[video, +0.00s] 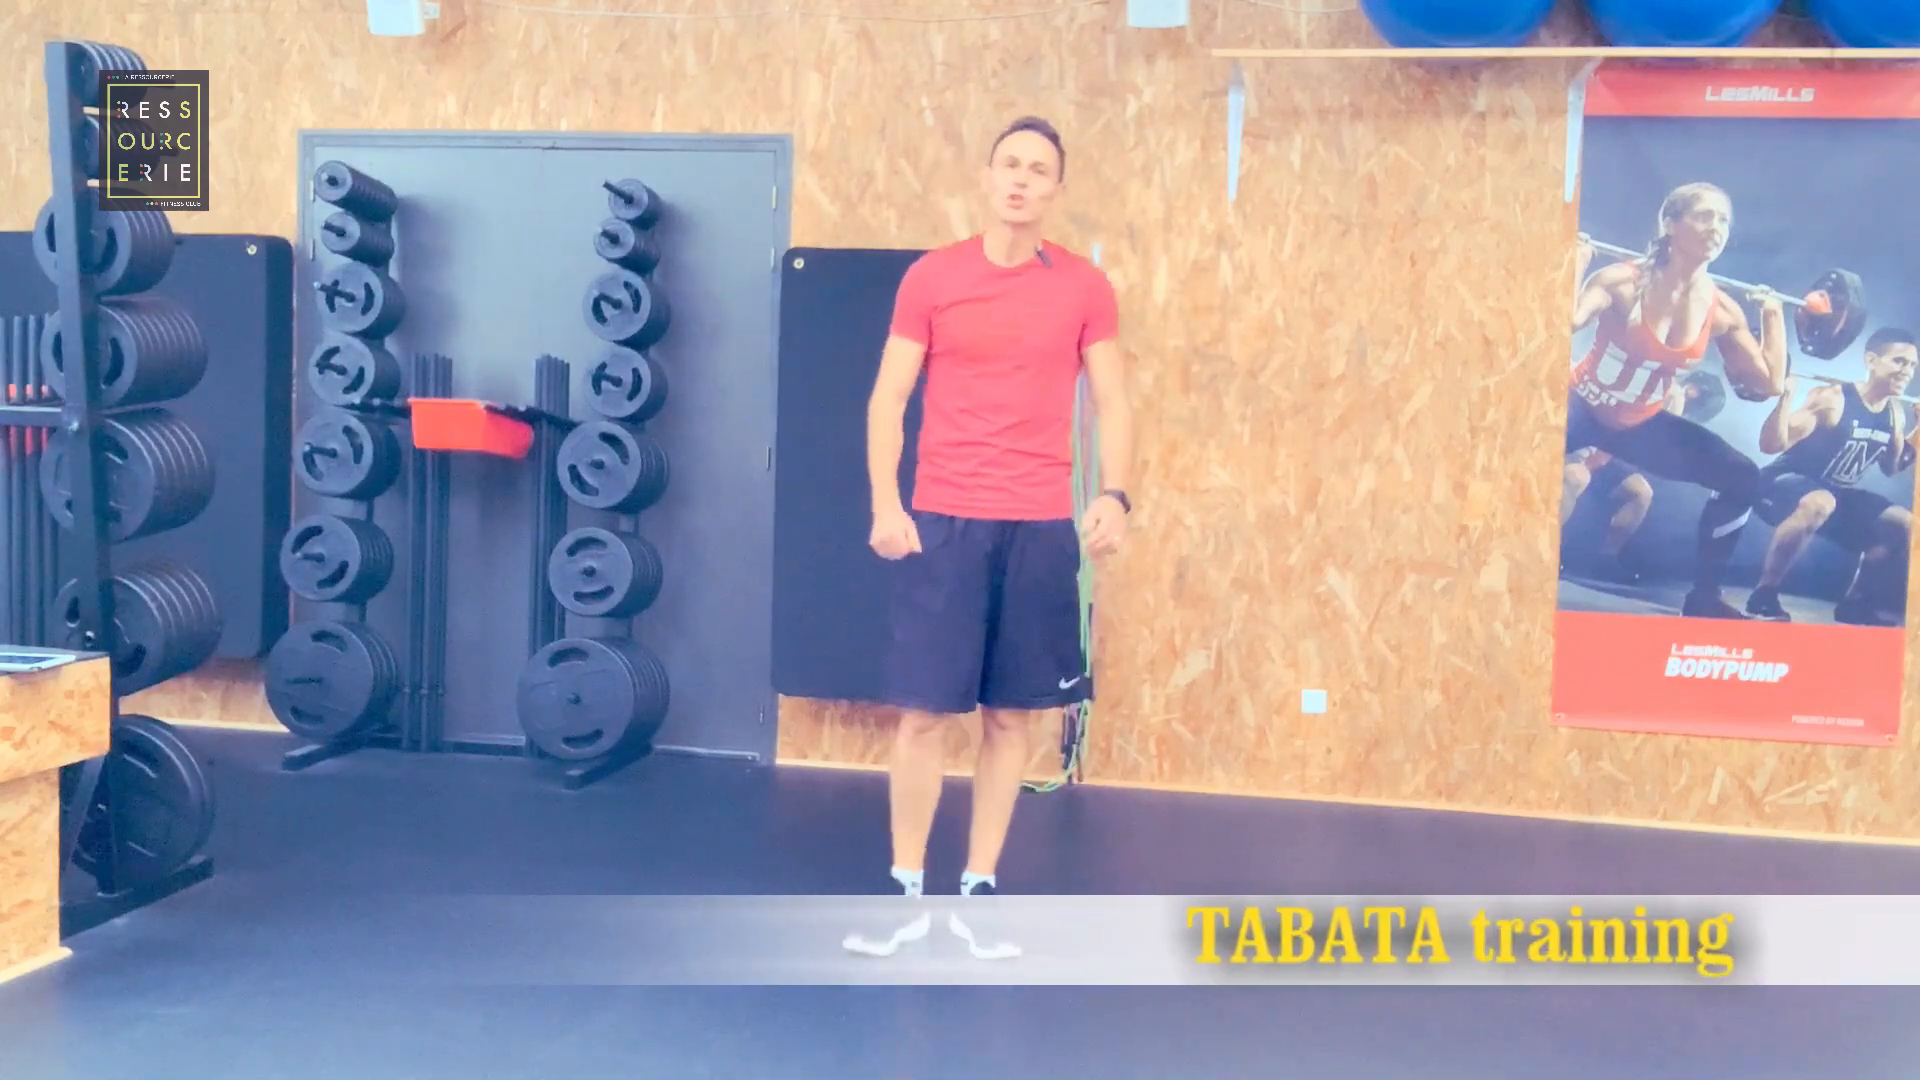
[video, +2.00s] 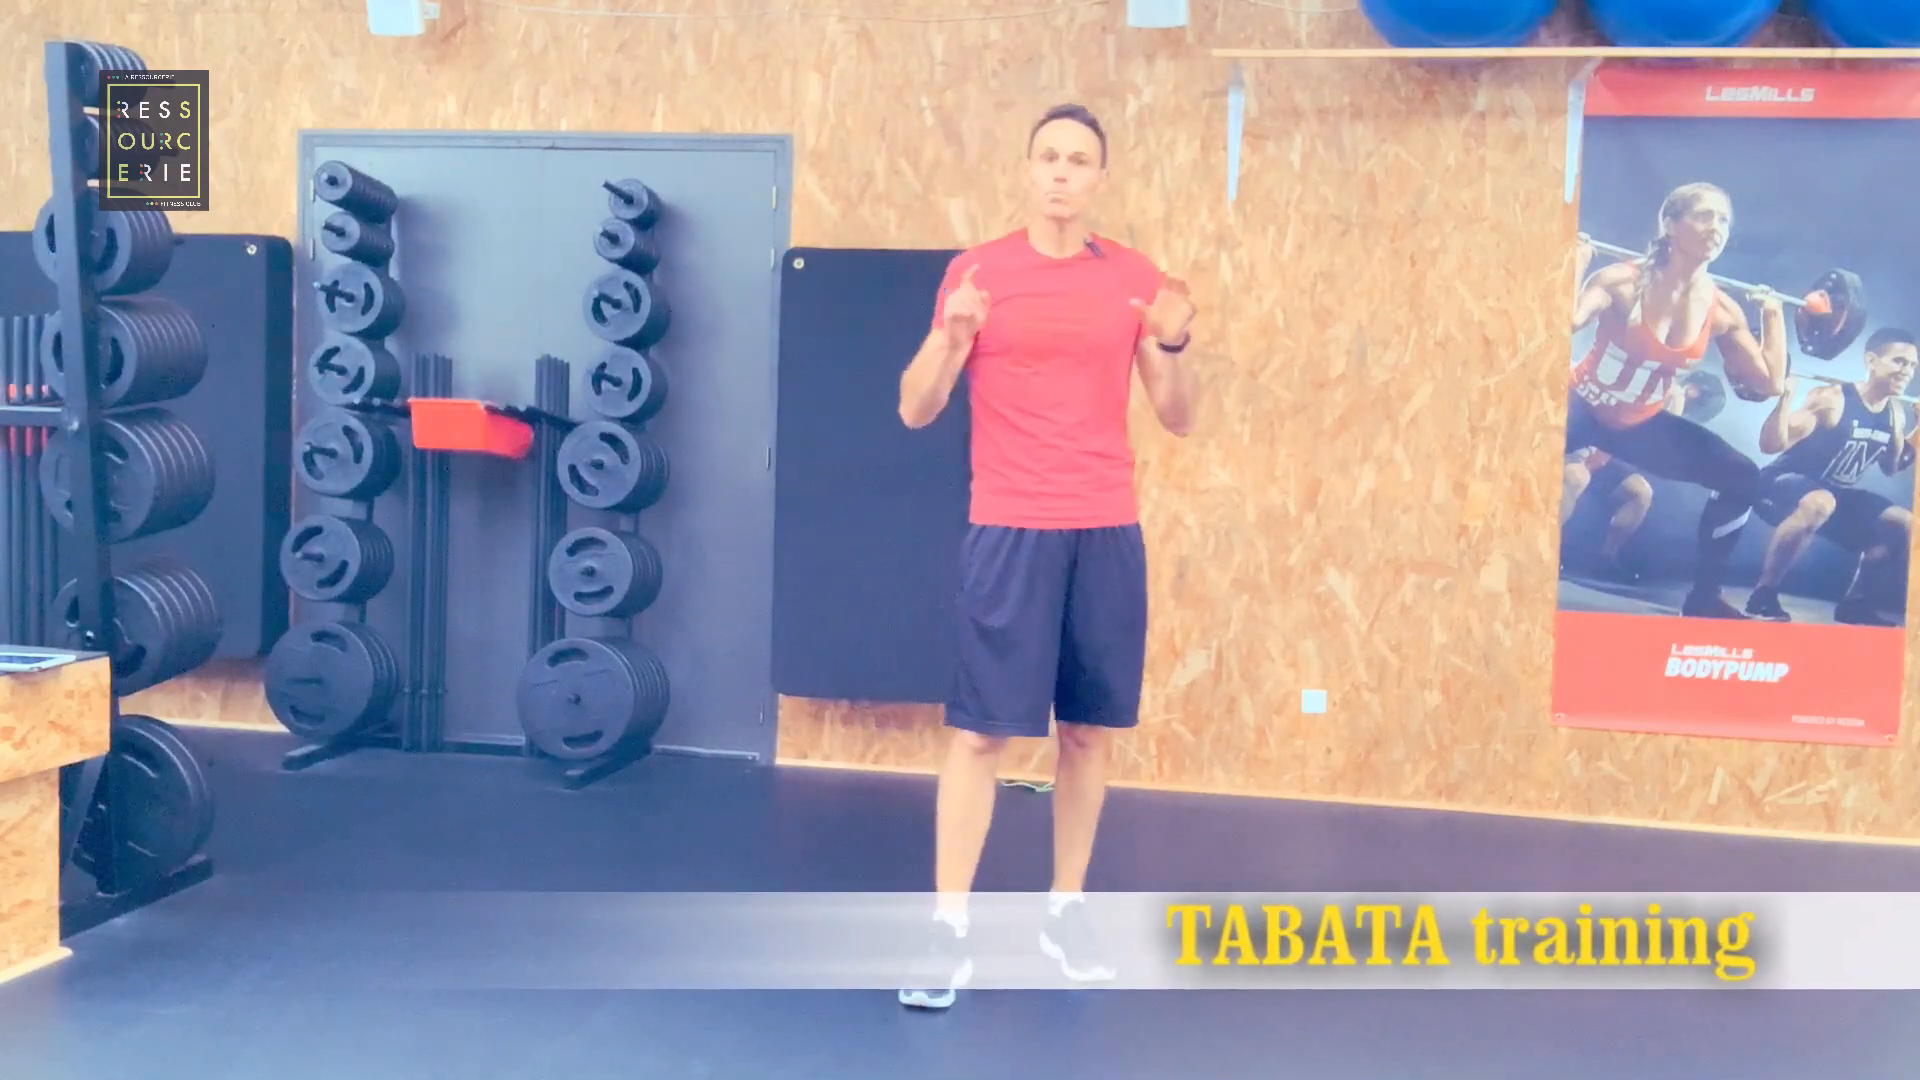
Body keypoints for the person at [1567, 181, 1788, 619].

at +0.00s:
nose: (1716, 228)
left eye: (1724, 221)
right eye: (1704, 216)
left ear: (1728, 234)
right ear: (1670, 224)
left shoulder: (1722, 310)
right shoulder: (1620, 279)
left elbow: (1768, 386)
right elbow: (1559, 324)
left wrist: (1773, 312)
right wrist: (1573, 269)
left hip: (1644, 425)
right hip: (1579, 408)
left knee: (1741, 477)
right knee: (1515, 447)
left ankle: (1705, 597)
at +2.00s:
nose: (1716, 228)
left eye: (1724, 221)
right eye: (1704, 216)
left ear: (1728, 233)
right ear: (1671, 224)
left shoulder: (1722, 310)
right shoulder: (1620, 279)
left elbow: (1769, 385)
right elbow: (1559, 325)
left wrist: (1773, 312)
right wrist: (1573, 269)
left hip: (1644, 425)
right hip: (1579, 408)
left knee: (1741, 477)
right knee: (1516, 445)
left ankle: (1705, 597)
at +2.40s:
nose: (1716, 228)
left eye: (1724, 220)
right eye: (1704, 216)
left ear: (1728, 233)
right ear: (1670, 224)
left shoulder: (1722, 310)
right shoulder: (1620, 279)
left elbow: (1769, 385)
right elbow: (1559, 325)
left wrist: (1773, 312)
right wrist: (1573, 269)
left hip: (1643, 425)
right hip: (1579, 408)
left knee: (1741, 478)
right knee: (1517, 448)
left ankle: (1705, 597)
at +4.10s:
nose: (1717, 228)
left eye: (1724, 220)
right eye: (1705, 216)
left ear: (1728, 233)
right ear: (1670, 224)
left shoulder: (1722, 311)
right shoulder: (1620, 279)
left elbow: (1769, 386)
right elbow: (1558, 325)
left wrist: (1773, 313)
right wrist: (1572, 269)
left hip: (1644, 425)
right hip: (1579, 409)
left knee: (1742, 477)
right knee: (1512, 453)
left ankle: (1704, 597)